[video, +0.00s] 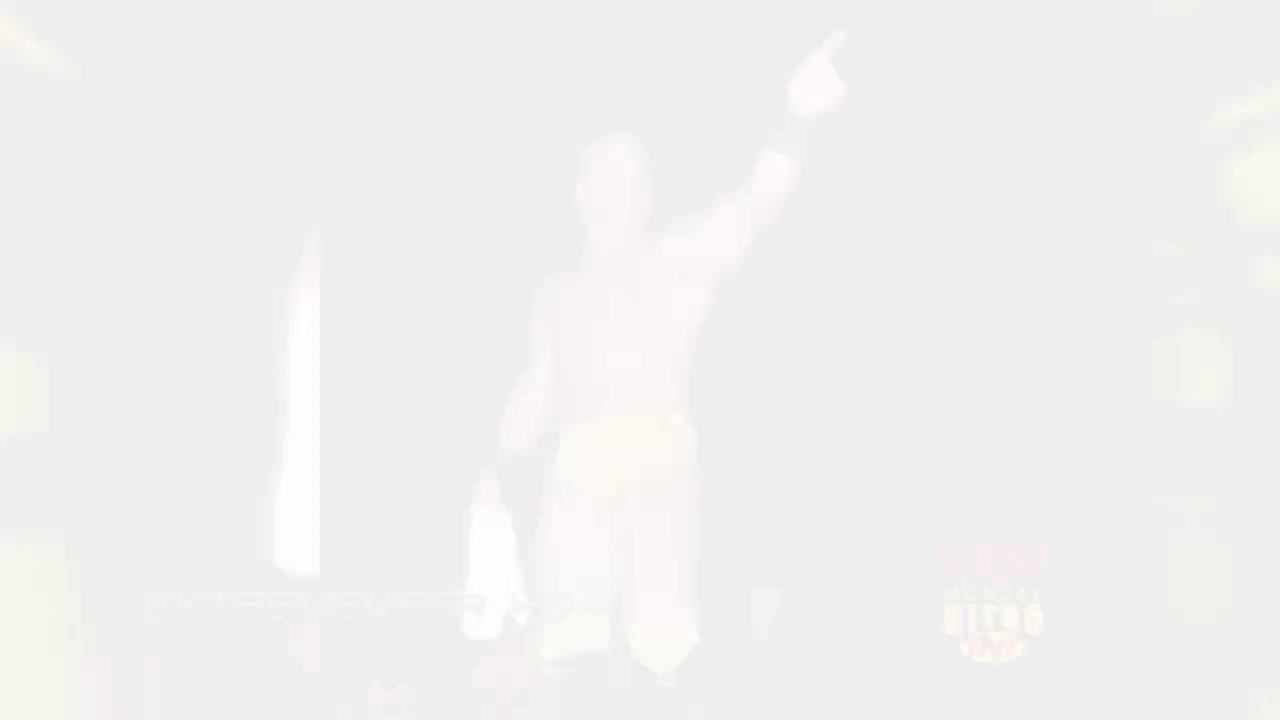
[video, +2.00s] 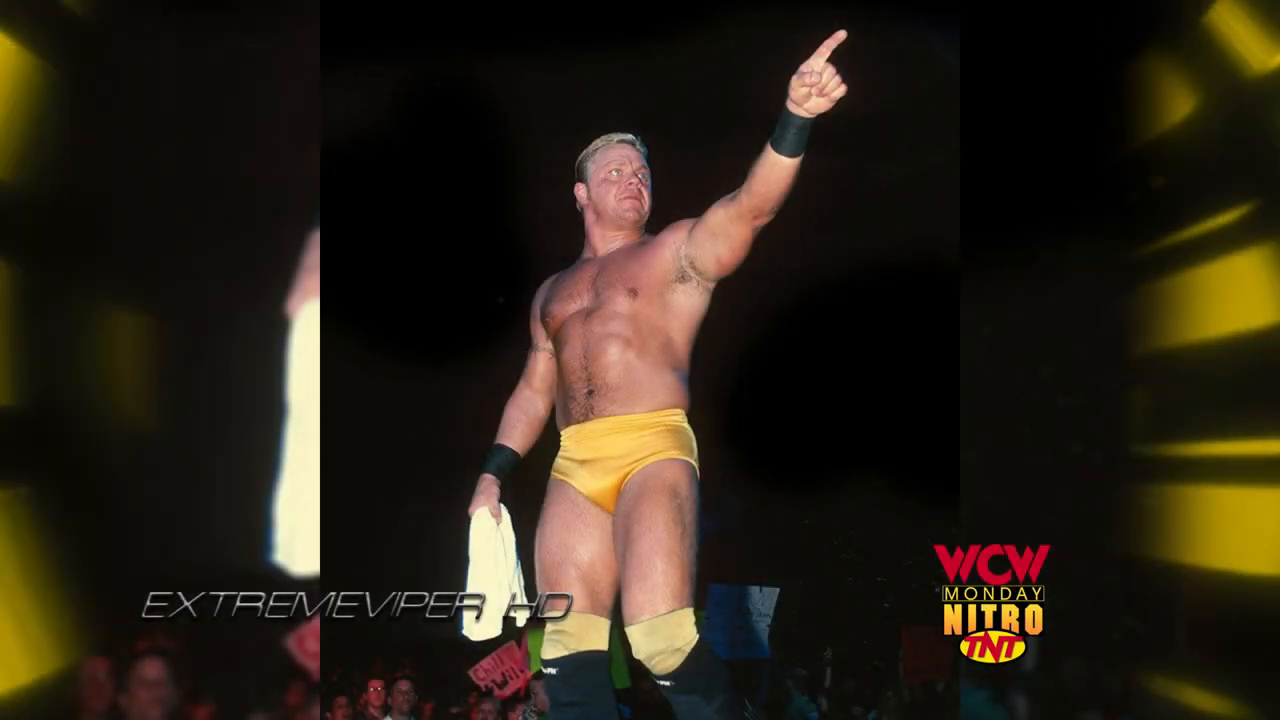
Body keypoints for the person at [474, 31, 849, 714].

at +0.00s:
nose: (611, 206)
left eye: (624, 189)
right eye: (598, 190)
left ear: (648, 194)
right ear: (580, 197)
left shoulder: (680, 264)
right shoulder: (562, 296)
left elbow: (757, 201)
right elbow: (536, 389)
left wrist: (800, 117)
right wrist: (503, 464)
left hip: (659, 453)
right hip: (581, 458)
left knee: (659, 609)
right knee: (573, 602)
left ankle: (659, 687)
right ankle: (576, 690)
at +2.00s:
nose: (632, 180)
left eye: (640, 172)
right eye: (614, 171)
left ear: (651, 193)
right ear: (581, 193)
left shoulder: (680, 254)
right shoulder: (553, 296)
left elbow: (752, 204)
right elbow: (534, 394)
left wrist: (797, 115)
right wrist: (490, 477)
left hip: (656, 448)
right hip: (576, 462)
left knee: (659, 635)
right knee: (568, 646)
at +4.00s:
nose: (632, 180)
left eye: (640, 172)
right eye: (614, 171)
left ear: (651, 193)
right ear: (581, 193)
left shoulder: (680, 254)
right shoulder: (553, 296)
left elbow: (752, 204)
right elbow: (534, 394)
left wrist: (797, 115)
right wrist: (490, 477)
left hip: (656, 448)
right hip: (576, 462)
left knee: (659, 635)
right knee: (568, 646)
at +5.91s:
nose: (632, 179)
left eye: (640, 172)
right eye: (615, 170)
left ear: (650, 194)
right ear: (581, 193)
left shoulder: (680, 254)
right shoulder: (552, 296)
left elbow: (753, 203)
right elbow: (534, 394)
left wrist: (797, 116)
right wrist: (490, 478)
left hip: (656, 448)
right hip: (575, 462)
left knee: (660, 636)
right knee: (568, 646)